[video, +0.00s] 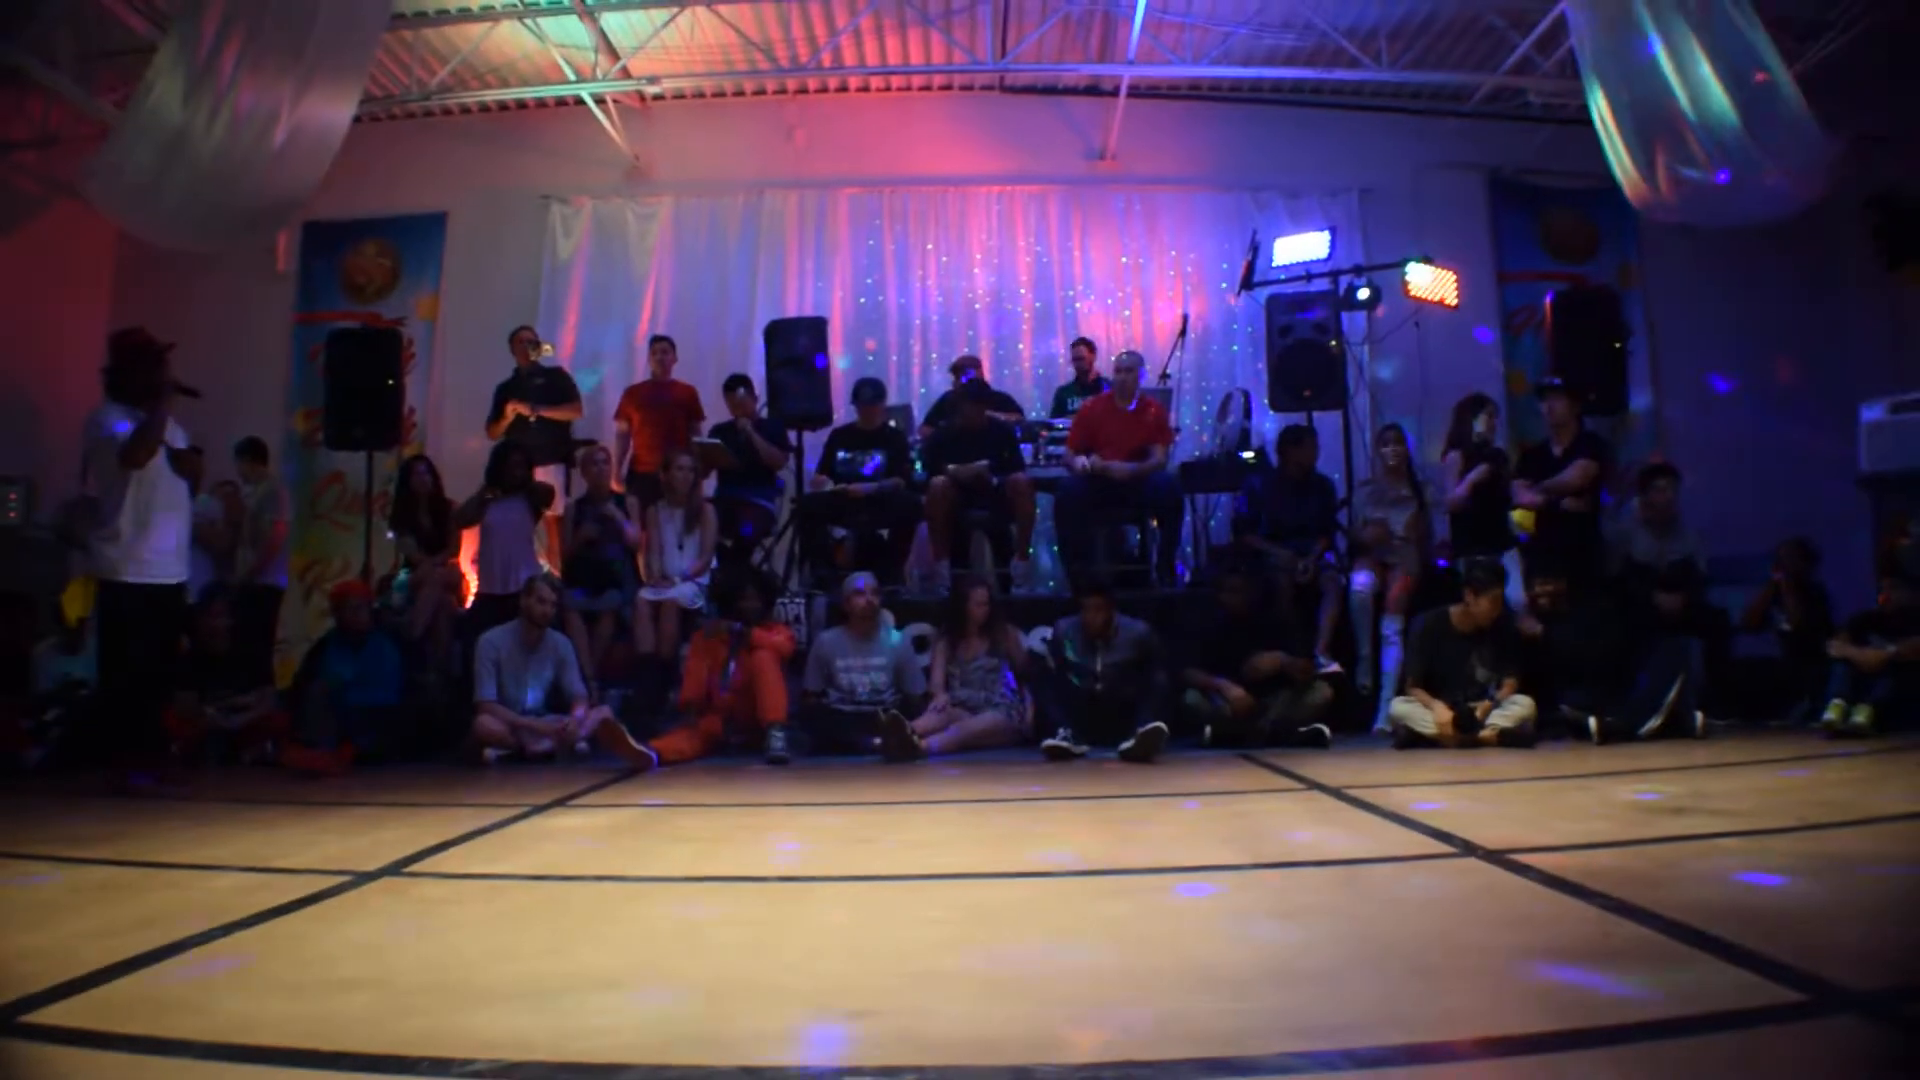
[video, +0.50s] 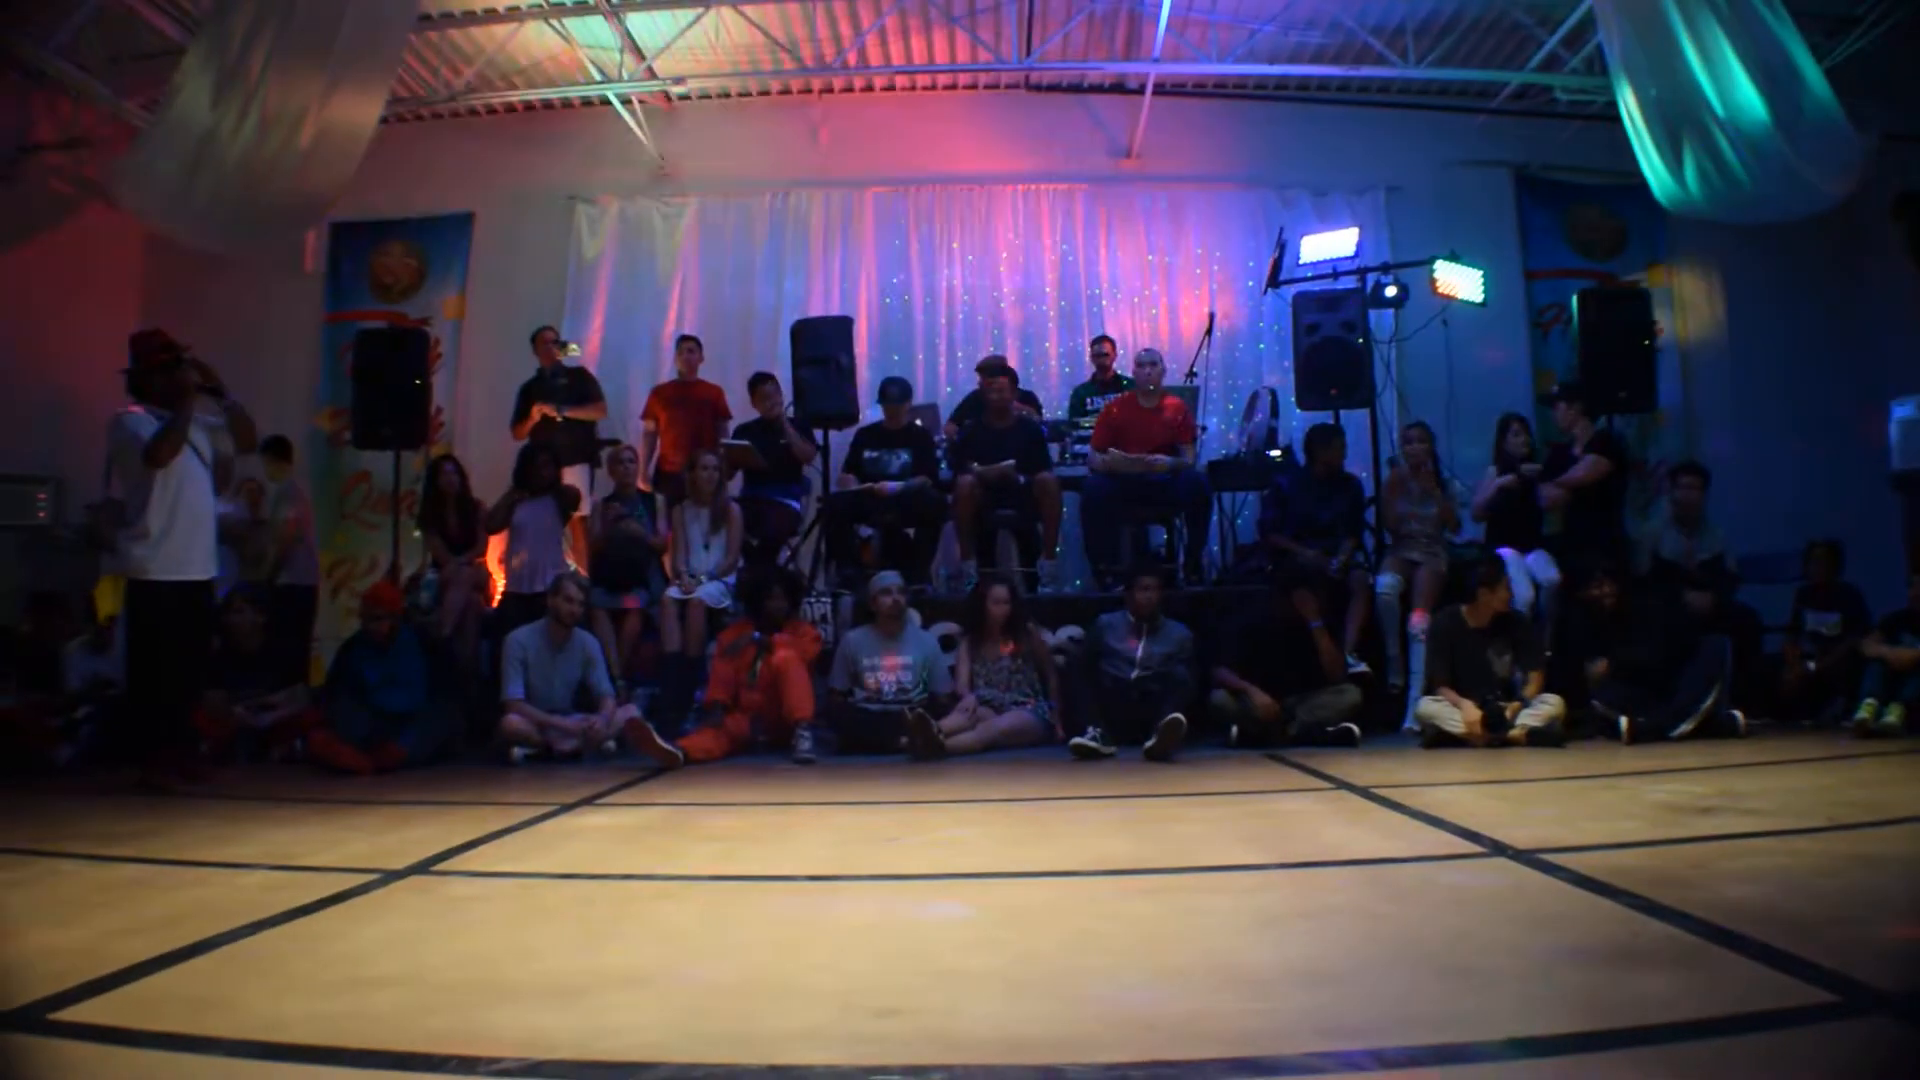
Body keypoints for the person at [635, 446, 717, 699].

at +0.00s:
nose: (684, 476)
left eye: (689, 470)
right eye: (679, 470)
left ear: (696, 477)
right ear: (666, 475)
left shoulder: (704, 510)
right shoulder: (656, 511)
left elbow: (707, 554)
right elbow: (652, 548)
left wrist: (686, 576)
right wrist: (654, 575)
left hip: (693, 579)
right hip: (663, 579)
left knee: (670, 603)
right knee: (643, 601)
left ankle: (666, 668)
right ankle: (645, 667)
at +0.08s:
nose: (688, 477)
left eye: (692, 472)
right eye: (682, 471)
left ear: (698, 477)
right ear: (668, 476)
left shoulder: (708, 512)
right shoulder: (658, 514)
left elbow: (709, 559)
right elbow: (656, 551)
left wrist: (684, 580)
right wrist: (659, 579)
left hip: (696, 580)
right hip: (666, 579)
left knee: (675, 605)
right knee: (646, 601)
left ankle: (671, 664)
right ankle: (651, 662)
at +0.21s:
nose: (709, 477)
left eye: (715, 472)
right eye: (704, 471)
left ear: (723, 478)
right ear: (692, 476)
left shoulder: (731, 512)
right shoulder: (681, 513)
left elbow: (732, 559)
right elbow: (675, 554)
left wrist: (708, 579)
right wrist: (680, 578)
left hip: (719, 577)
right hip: (688, 578)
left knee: (698, 603)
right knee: (669, 600)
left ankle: (693, 670)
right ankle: (672, 667)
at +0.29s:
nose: (709, 476)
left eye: (714, 471)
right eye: (703, 470)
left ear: (720, 476)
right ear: (690, 476)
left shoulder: (730, 511)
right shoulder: (679, 512)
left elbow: (731, 560)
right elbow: (676, 554)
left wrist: (703, 579)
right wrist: (681, 577)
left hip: (718, 579)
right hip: (688, 579)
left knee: (696, 603)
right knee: (668, 600)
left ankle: (692, 666)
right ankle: (671, 665)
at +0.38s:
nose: (706, 476)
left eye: (710, 470)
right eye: (700, 470)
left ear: (717, 476)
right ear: (687, 475)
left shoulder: (726, 511)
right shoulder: (676, 512)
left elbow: (727, 558)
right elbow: (672, 553)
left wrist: (705, 576)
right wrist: (677, 577)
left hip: (713, 577)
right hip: (684, 577)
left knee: (693, 603)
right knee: (664, 600)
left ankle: (688, 670)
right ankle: (666, 668)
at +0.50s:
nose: (709, 475)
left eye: (714, 469)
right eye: (703, 469)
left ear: (721, 475)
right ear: (692, 474)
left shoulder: (730, 510)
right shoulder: (681, 511)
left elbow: (732, 557)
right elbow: (677, 553)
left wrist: (709, 578)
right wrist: (682, 576)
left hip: (719, 576)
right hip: (689, 576)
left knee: (697, 602)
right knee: (668, 600)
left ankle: (692, 672)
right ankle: (670, 670)